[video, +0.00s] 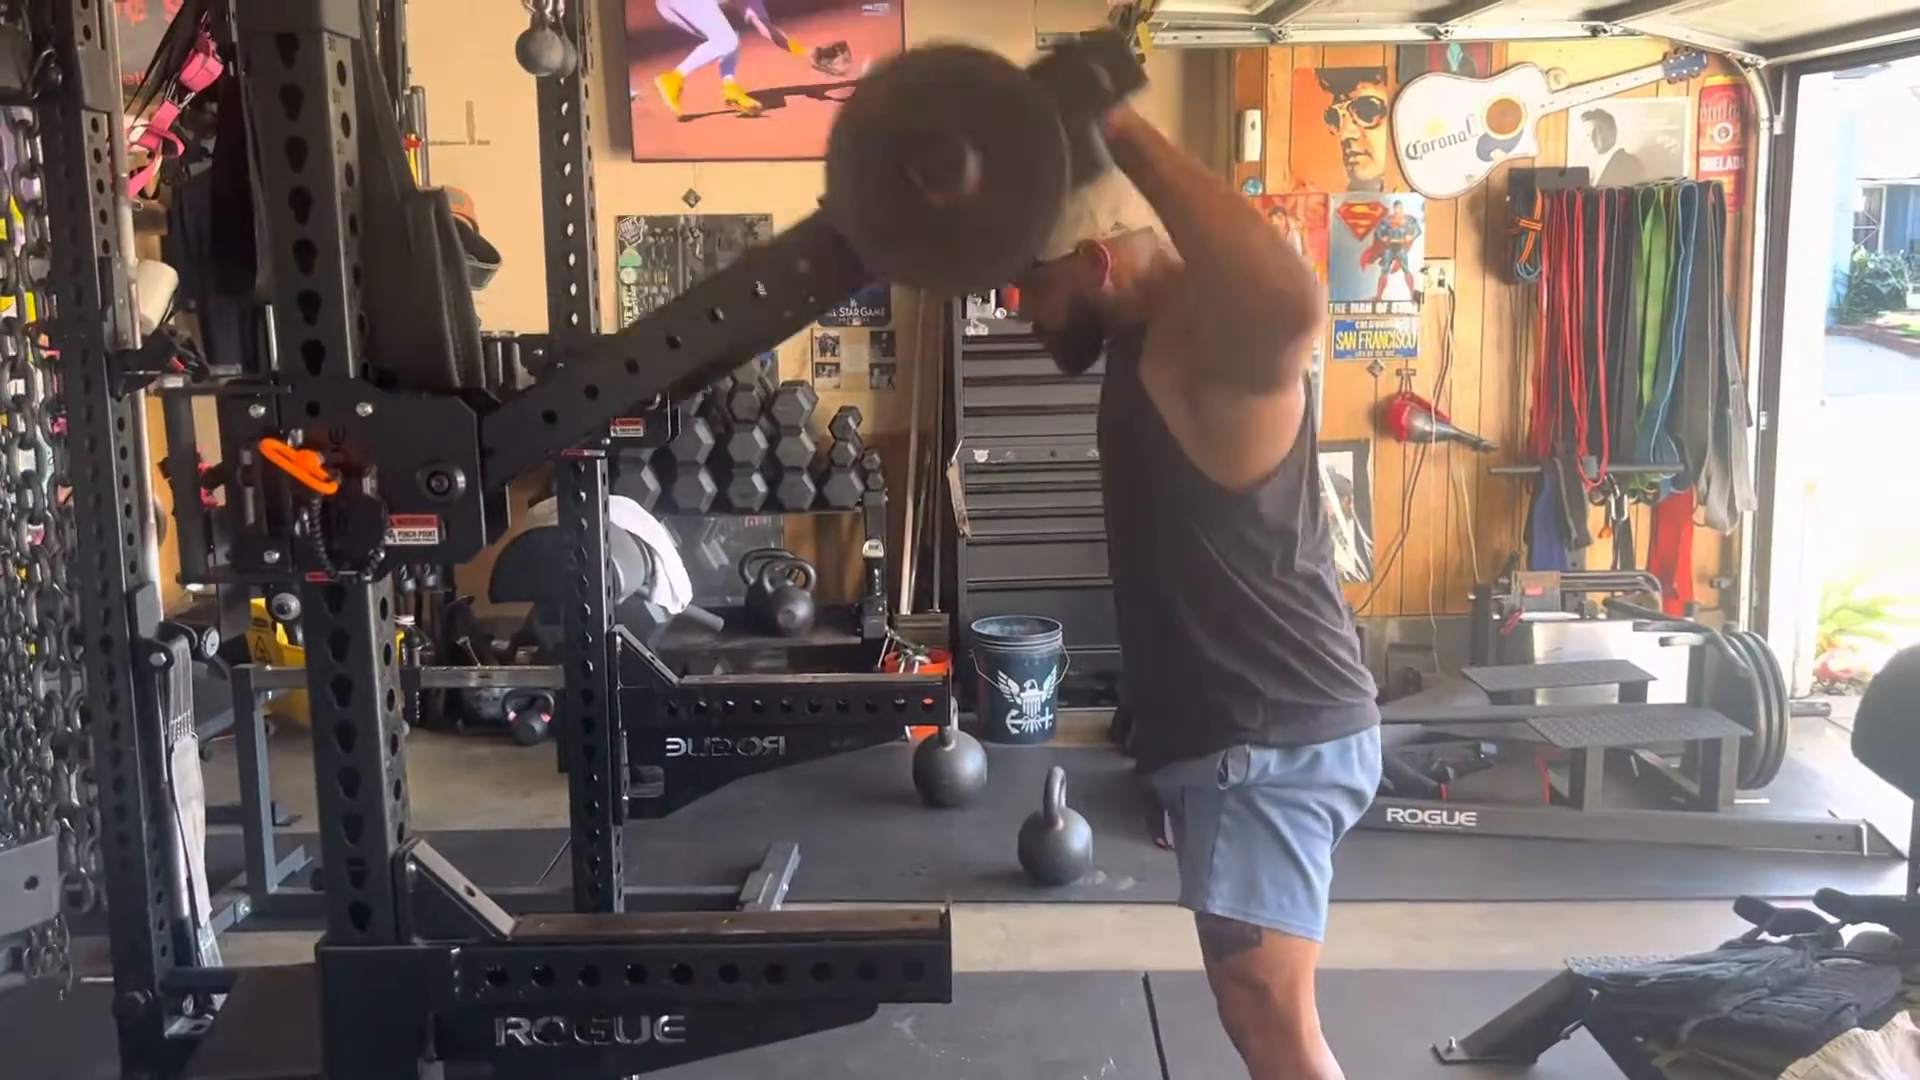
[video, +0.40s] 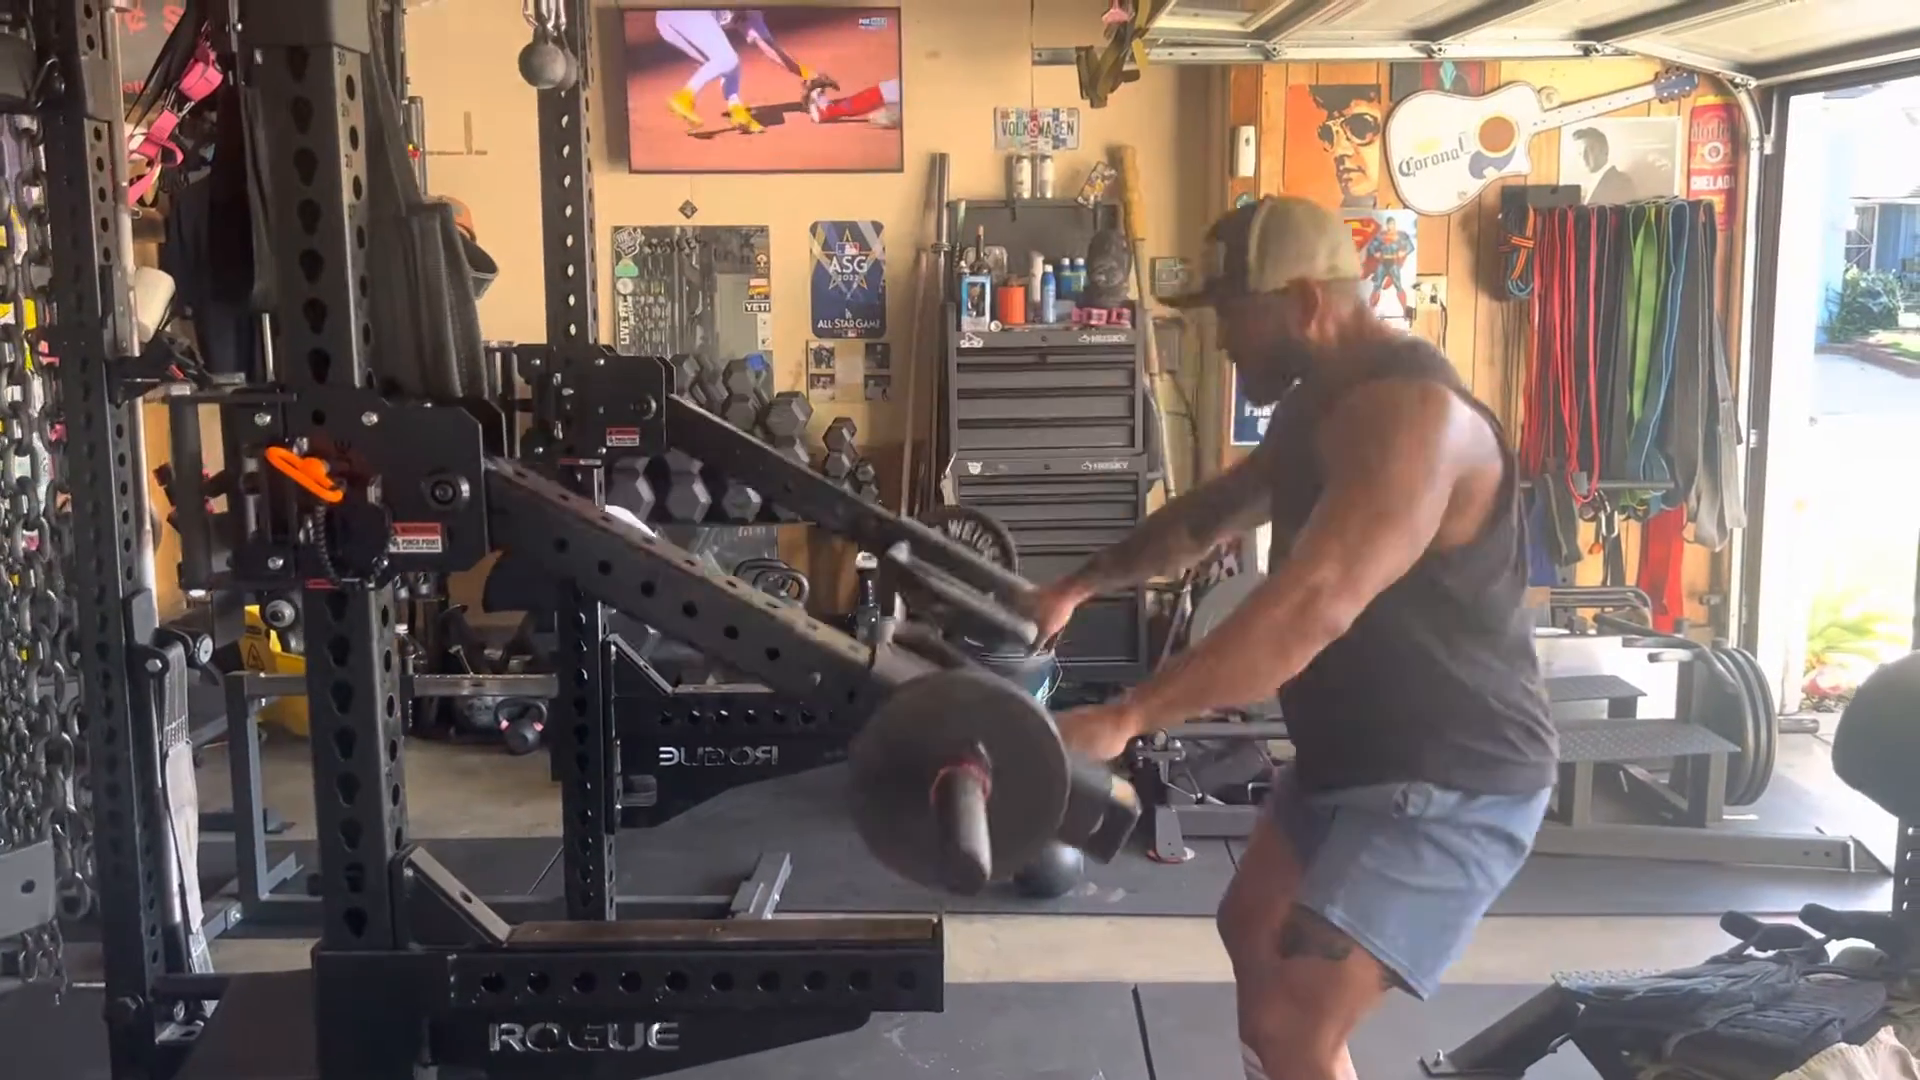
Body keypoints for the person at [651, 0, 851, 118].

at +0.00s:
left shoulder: (754, 5)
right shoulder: (752, 5)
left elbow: (771, 31)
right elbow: (769, 33)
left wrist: (805, 52)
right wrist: (805, 52)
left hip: (682, 4)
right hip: (681, 1)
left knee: (730, 42)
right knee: (724, 40)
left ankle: (730, 90)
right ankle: (674, 78)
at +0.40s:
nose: (761, 10)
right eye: (759, 10)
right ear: (752, 8)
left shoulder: (748, 15)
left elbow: (769, 47)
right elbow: (767, 45)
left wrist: (802, 74)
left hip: (667, 17)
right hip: (686, 11)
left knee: (730, 63)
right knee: (725, 58)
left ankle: (738, 113)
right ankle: (683, 98)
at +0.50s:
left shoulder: (743, 19)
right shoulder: (750, 12)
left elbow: (765, 48)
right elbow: (766, 45)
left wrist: (799, 79)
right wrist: (801, 79)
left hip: (671, 23)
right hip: (686, 17)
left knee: (731, 68)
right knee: (726, 64)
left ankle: (738, 118)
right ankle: (687, 103)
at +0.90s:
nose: (772, 36)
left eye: (773, 33)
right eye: (770, 31)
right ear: (762, 29)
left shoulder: (751, 50)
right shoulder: (756, 33)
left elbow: (778, 80)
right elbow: (780, 78)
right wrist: (790, 110)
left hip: (671, 47)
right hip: (693, 36)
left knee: (736, 89)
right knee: (729, 83)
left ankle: (733, 130)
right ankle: (712, 119)